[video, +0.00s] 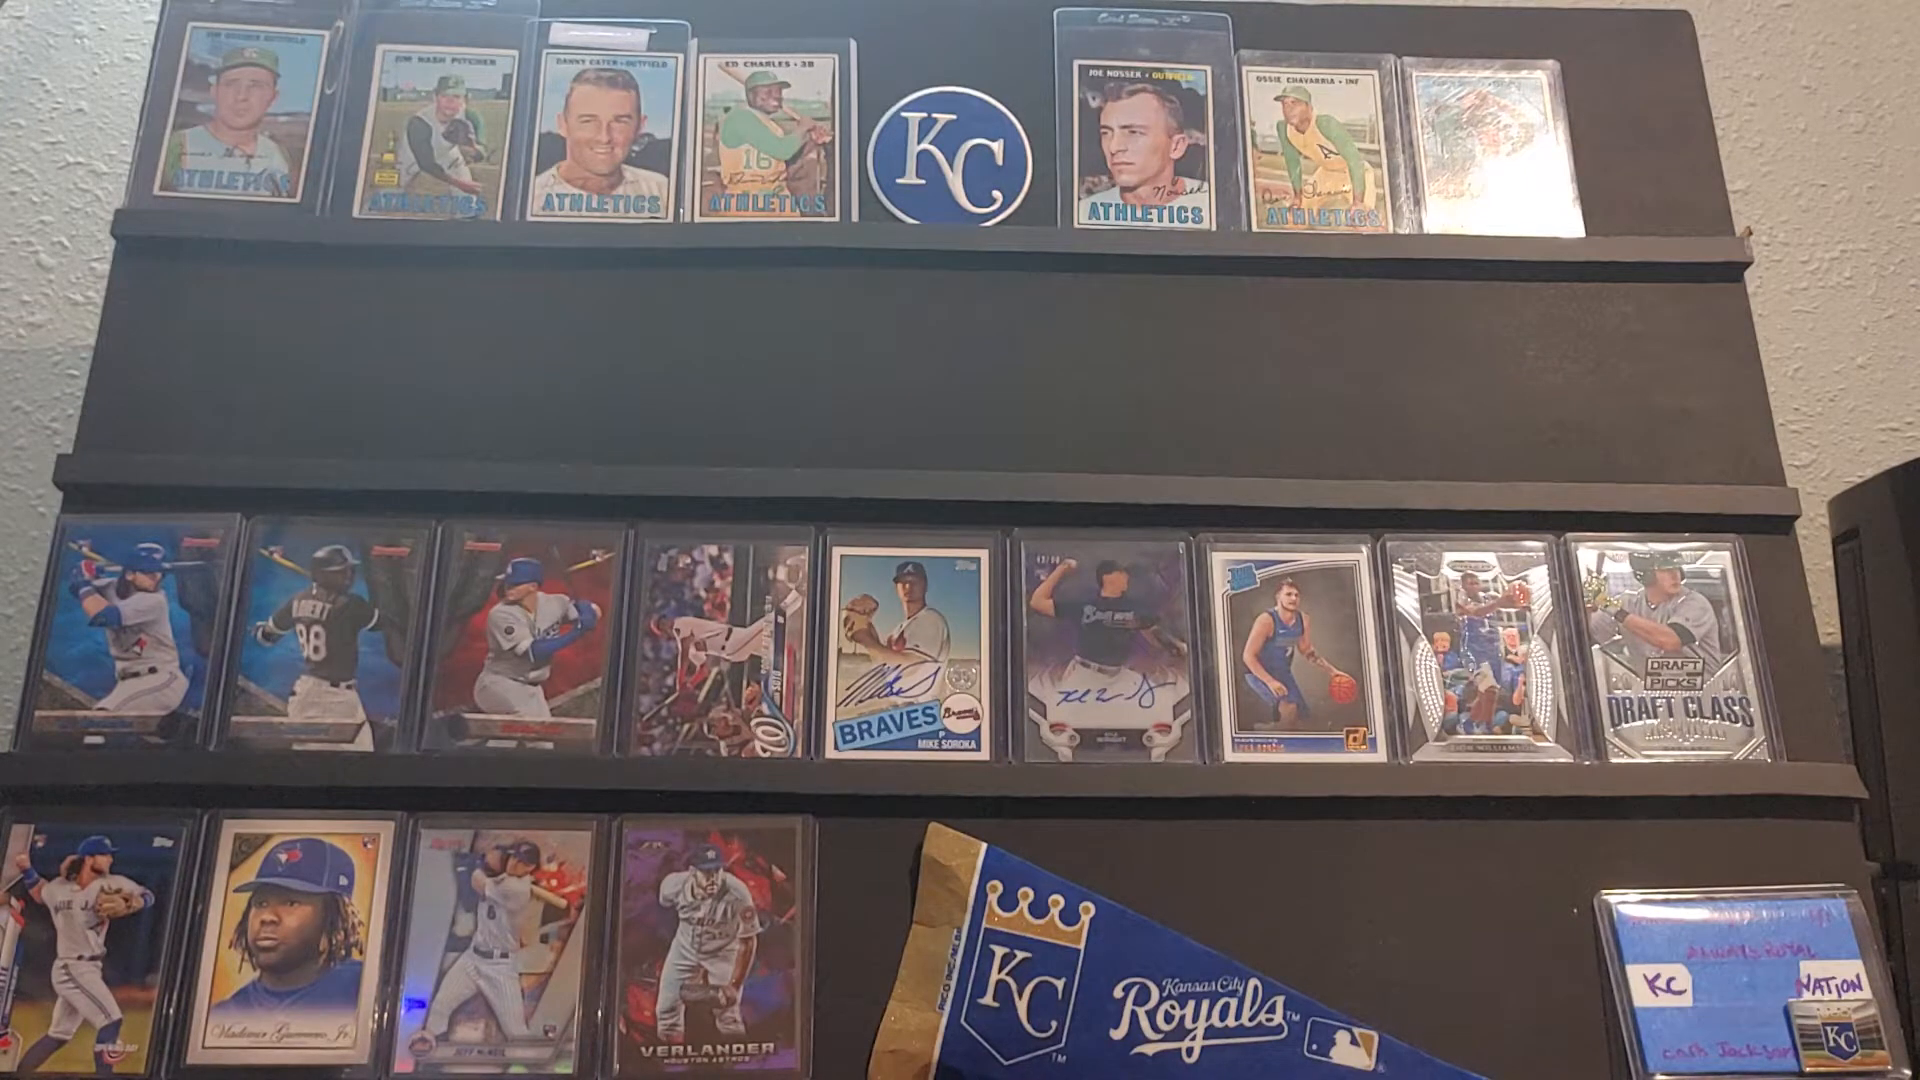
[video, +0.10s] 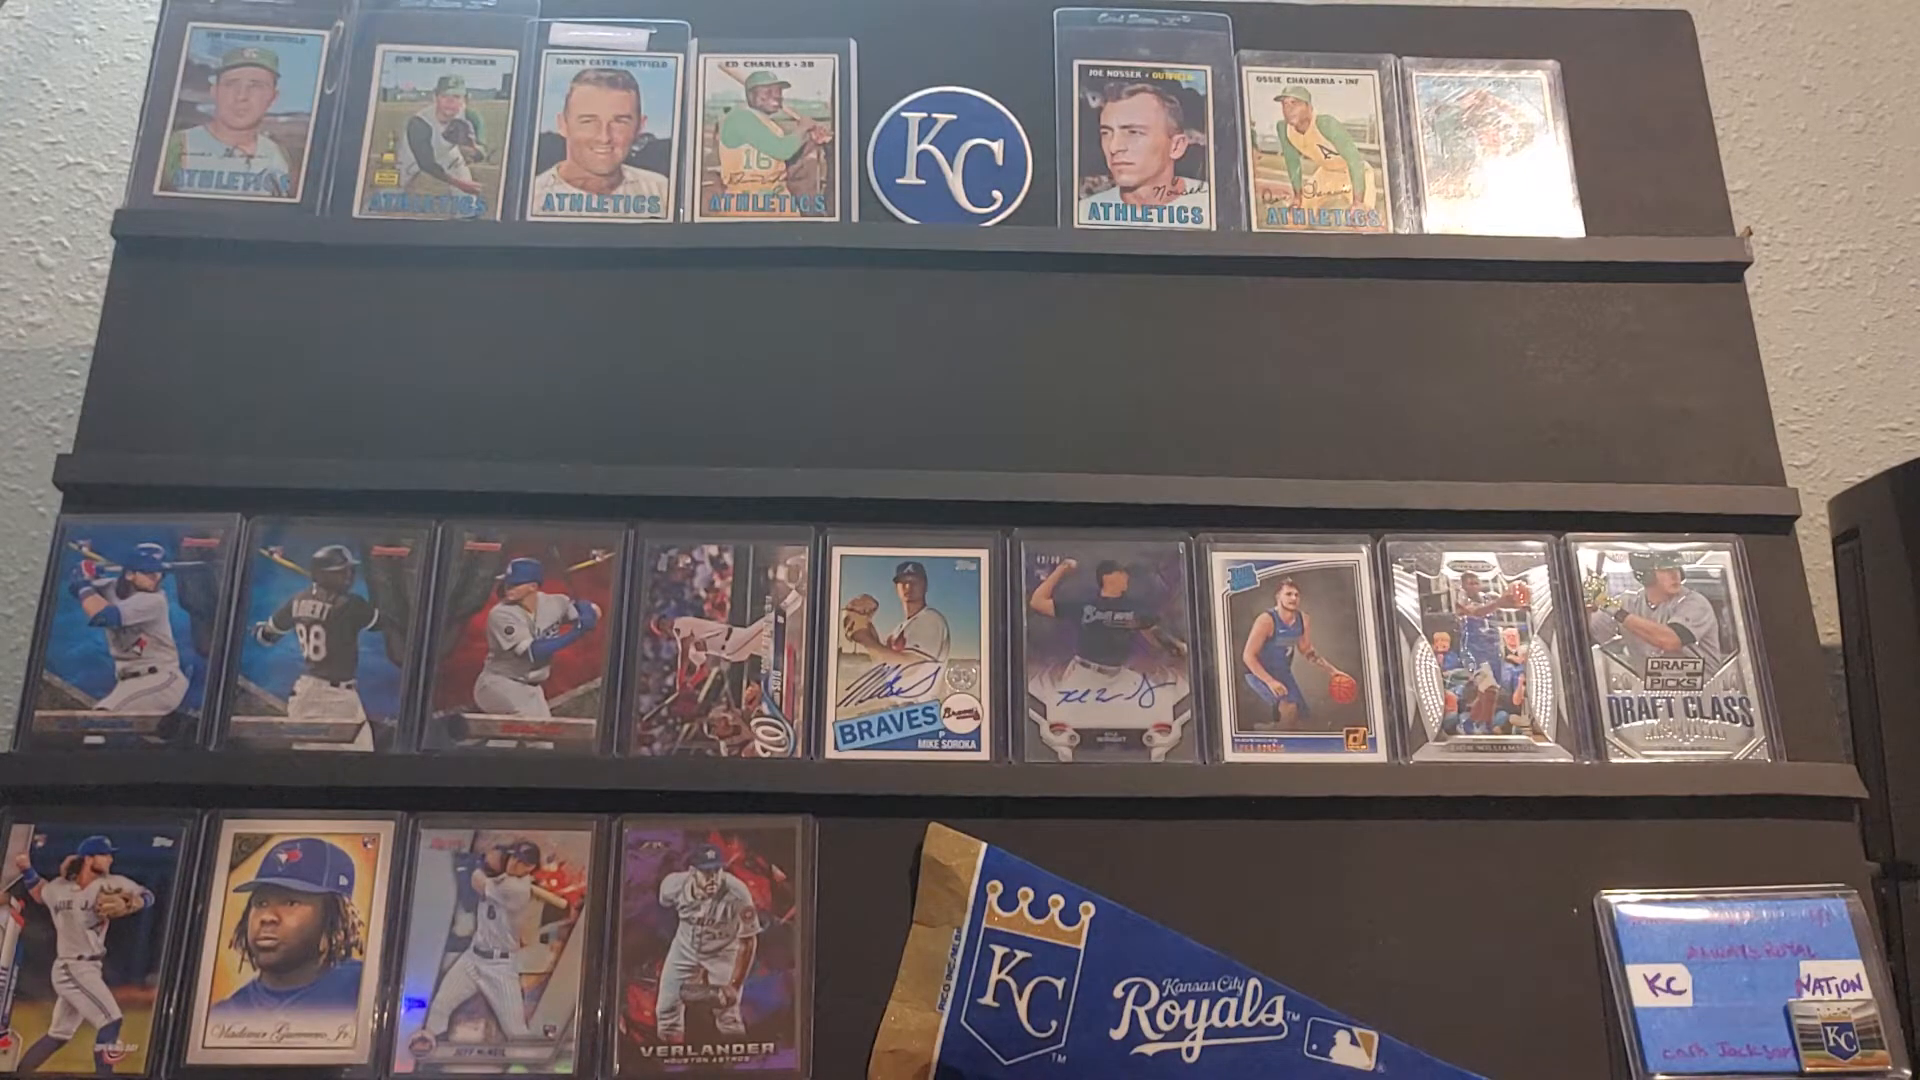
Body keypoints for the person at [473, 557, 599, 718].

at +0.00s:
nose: (508, 588)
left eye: (514, 584)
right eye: (507, 584)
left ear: (533, 586)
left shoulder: (555, 603)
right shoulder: (500, 614)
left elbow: (580, 607)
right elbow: (532, 652)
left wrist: (587, 614)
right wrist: (576, 633)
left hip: (531, 688)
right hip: (497, 684)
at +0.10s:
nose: (508, 588)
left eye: (514, 584)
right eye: (507, 584)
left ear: (533, 586)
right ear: (504, 584)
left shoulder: (554, 603)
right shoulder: (500, 614)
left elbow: (581, 607)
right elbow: (531, 652)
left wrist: (587, 614)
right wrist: (576, 633)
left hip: (531, 688)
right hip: (497, 684)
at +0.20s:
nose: (508, 589)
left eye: (514, 584)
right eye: (507, 584)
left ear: (533, 586)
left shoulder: (555, 603)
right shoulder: (500, 614)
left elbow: (580, 607)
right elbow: (532, 652)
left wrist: (587, 614)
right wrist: (576, 632)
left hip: (531, 688)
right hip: (497, 684)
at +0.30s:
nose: (508, 588)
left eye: (515, 584)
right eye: (507, 584)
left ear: (533, 586)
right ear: (504, 584)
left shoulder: (554, 603)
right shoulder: (500, 614)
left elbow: (580, 607)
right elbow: (532, 652)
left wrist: (587, 614)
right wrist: (576, 632)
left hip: (531, 688)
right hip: (497, 684)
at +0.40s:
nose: (508, 589)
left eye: (515, 584)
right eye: (507, 584)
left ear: (533, 587)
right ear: (504, 584)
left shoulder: (554, 603)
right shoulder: (500, 614)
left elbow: (580, 607)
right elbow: (532, 652)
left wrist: (587, 614)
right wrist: (576, 633)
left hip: (531, 688)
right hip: (497, 684)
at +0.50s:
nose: (508, 588)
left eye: (514, 584)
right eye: (507, 584)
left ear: (533, 586)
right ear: (504, 584)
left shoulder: (554, 603)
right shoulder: (500, 614)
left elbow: (579, 607)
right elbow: (532, 652)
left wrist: (587, 614)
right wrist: (576, 633)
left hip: (531, 688)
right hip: (497, 684)